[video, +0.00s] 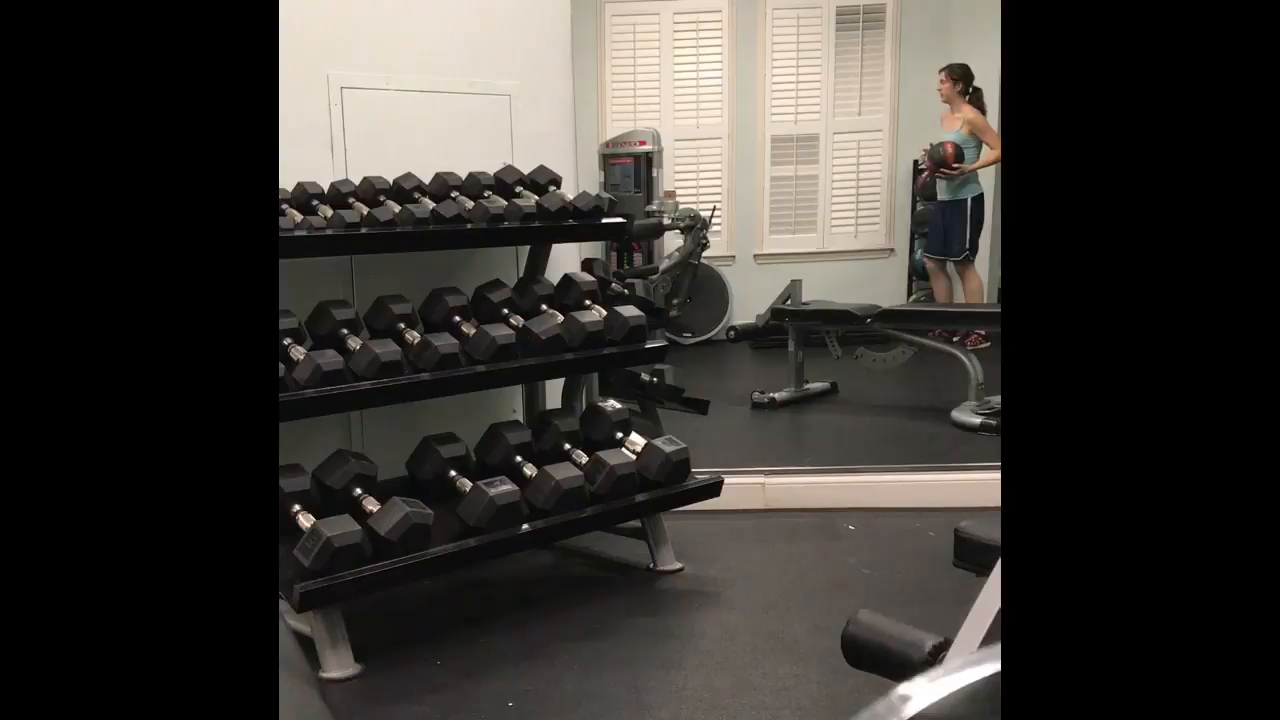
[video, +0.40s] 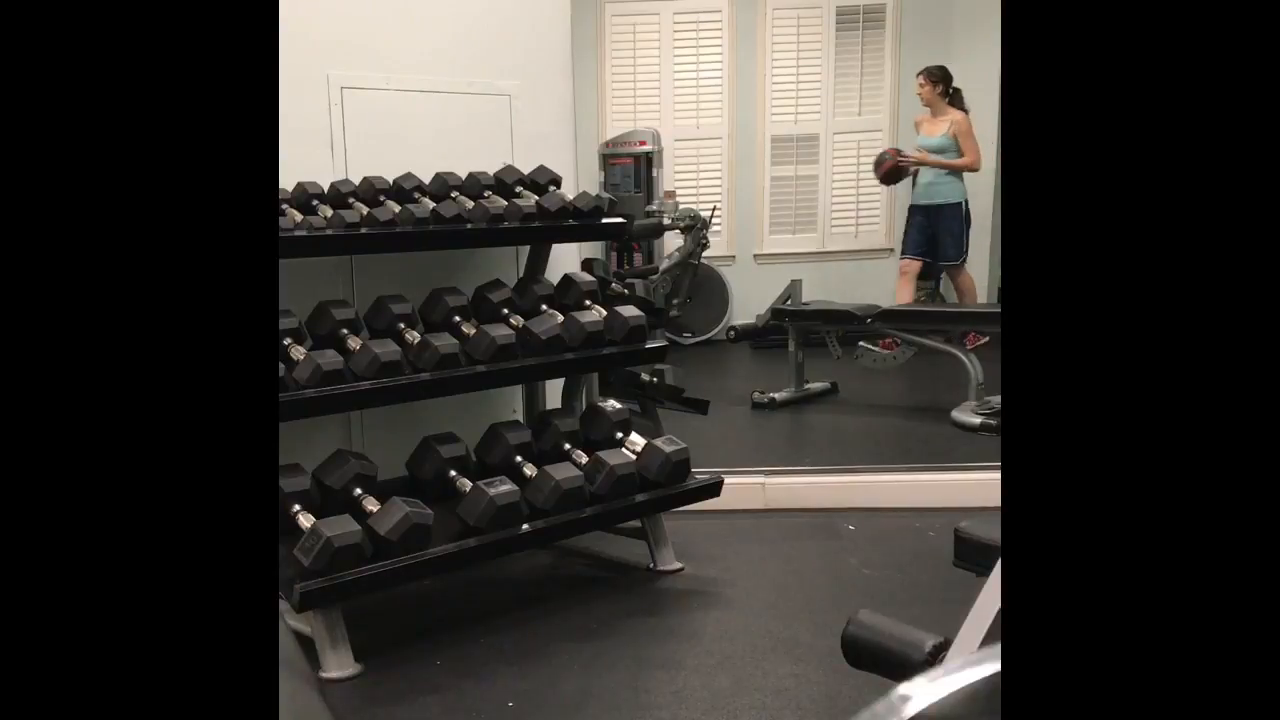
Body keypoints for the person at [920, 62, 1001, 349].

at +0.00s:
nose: (938, 86)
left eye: (943, 82)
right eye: (939, 81)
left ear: (957, 85)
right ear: (951, 85)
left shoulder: (972, 116)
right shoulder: (947, 116)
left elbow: (999, 149)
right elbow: (953, 152)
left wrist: (970, 168)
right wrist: (931, 158)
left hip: (966, 199)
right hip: (944, 198)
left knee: (963, 263)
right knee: (933, 261)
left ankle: (978, 328)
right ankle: (947, 324)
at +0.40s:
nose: (918, 92)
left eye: (922, 86)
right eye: (917, 87)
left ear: (938, 87)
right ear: (929, 89)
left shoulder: (958, 119)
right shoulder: (920, 122)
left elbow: (973, 163)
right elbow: (930, 159)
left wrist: (929, 160)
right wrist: (907, 165)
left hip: (950, 204)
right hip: (920, 204)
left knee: (954, 268)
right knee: (907, 268)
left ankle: (975, 326)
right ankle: (901, 332)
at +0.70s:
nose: (880, 92)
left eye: (884, 87)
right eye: (880, 87)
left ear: (901, 88)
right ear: (895, 89)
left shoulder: (920, 117)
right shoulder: (889, 124)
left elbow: (935, 160)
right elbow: (896, 165)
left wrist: (887, 163)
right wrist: (866, 170)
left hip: (914, 203)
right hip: (888, 202)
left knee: (909, 274)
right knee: (876, 271)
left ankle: (951, 317)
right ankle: (889, 336)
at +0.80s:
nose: (870, 92)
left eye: (874, 86)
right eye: (870, 87)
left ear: (891, 87)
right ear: (885, 88)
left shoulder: (909, 116)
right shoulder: (880, 122)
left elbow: (926, 159)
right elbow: (884, 167)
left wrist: (879, 158)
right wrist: (857, 170)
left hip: (901, 201)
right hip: (878, 202)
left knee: (886, 271)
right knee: (872, 273)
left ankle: (928, 321)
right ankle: (888, 338)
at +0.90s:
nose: (860, 91)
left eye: (864, 86)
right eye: (860, 86)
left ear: (881, 86)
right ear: (873, 87)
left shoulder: (899, 115)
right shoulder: (870, 121)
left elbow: (918, 157)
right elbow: (874, 168)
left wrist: (875, 156)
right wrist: (849, 164)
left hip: (893, 199)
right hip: (870, 199)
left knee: (867, 268)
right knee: (866, 270)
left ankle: (892, 325)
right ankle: (882, 328)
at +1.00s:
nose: (850, 91)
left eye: (854, 85)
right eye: (849, 86)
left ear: (870, 86)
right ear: (861, 87)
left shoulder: (890, 115)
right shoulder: (860, 119)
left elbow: (912, 156)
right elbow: (861, 166)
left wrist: (872, 159)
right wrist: (842, 160)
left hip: (883, 201)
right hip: (861, 201)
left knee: (853, 270)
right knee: (869, 274)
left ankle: (858, 346)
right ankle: (890, 337)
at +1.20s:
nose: (832, 91)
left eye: (836, 86)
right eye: (831, 86)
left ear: (853, 87)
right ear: (843, 88)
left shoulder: (871, 120)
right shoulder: (839, 123)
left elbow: (896, 159)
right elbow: (842, 171)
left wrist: (864, 172)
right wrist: (820, 164)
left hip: (859, 207)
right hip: (840, 206)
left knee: (829, 275)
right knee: (856, 277)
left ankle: (823, 349)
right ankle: (887, 334)